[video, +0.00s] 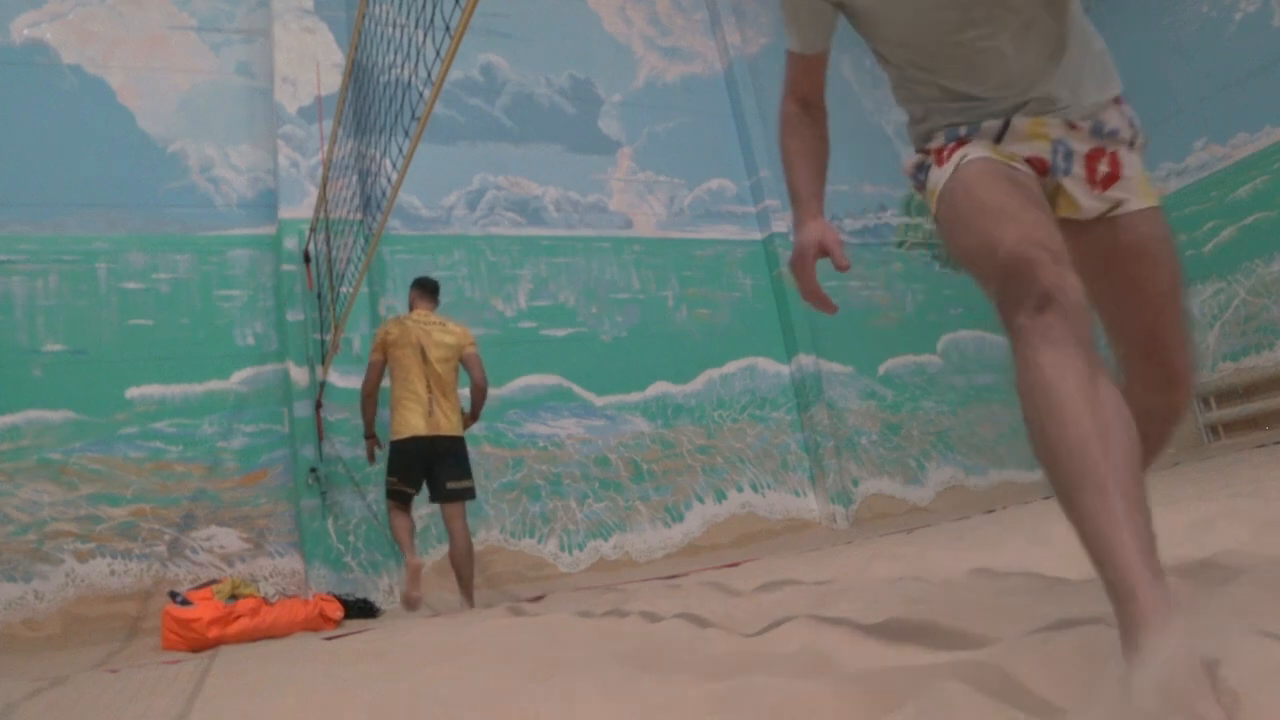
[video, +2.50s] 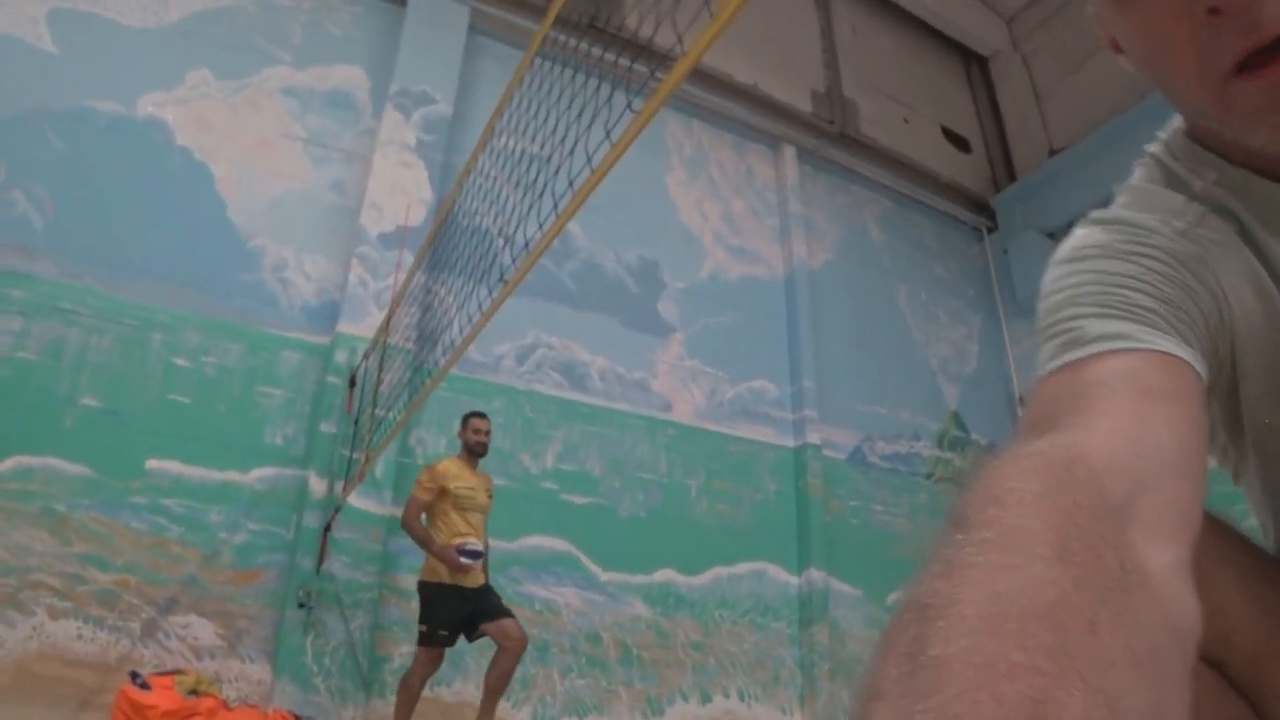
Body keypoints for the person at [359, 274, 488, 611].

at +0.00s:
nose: (413, 306)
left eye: (412, 301)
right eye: (421, 302)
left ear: (411, 300)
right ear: (437, 303)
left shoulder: (390, 330)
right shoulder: (457, 332)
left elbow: (370, 387)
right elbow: (480, 382)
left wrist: (369, 432)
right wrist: (472, 415)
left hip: (407, 439)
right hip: (449, 438)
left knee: (399, 506)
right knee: (456, 520)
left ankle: (411, 558)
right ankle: (468, 601)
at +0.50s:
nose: (386, 339)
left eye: (379, 333)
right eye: (389, 334)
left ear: (367, 333)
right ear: (391, 332)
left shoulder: (350, 365)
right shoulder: (395, 353)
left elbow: (329, 412)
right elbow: (412, 389)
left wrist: (315, 452)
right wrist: (438, 418)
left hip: (369, 466)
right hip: (405, 459)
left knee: (368, 539)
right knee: (439, 525)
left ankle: (362, 615)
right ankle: (457, 601)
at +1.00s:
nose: (381, 352)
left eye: (375, 347)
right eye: (382, 347)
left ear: (358, 344)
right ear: (382, 344)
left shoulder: (339, 375)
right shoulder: (376, 356)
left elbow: (328, 426)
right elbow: (384, 391)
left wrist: (317, 473)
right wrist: (415, 418)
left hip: (349, 466)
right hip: (378, 459)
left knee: (359, 538)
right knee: (413, 523)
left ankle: (355, 620)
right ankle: (428, 606)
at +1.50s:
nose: (414, 361)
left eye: (416, 357)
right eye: (411, 354)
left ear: (402, 355)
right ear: (394, 349)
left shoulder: (364, 381)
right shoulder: (384, 369)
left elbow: (342, 436)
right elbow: (384, 404)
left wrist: (319, 478)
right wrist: (416, 435)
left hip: (348, 472)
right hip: (373, 469)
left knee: (350, 548)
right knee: (414, 535)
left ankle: (335, 630)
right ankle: (412, 625)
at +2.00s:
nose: (445, 399)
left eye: (449, 395)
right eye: (440, 392)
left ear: (449, 400)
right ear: (423, 392)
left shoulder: (426, 430)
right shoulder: (407, 421)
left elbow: (414, 483)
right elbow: (382, 463)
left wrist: (431, 526)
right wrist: (420, 497)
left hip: (401, 528)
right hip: (396, 528)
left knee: (386, 607)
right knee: (413, 606)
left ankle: (326, 677)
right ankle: (389, 694)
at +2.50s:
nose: (482, 438)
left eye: (487, 434)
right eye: (475, 432)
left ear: (490, 440)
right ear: (461, 434)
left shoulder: (485, 482)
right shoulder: (438, 472)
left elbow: (477, 531)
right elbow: (409, 519)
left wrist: (483, 575)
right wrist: (441, 552)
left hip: (475, 587)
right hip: (441, 586)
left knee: (514, 642)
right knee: (427, 661)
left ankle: (485, 715)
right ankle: (400, 715)